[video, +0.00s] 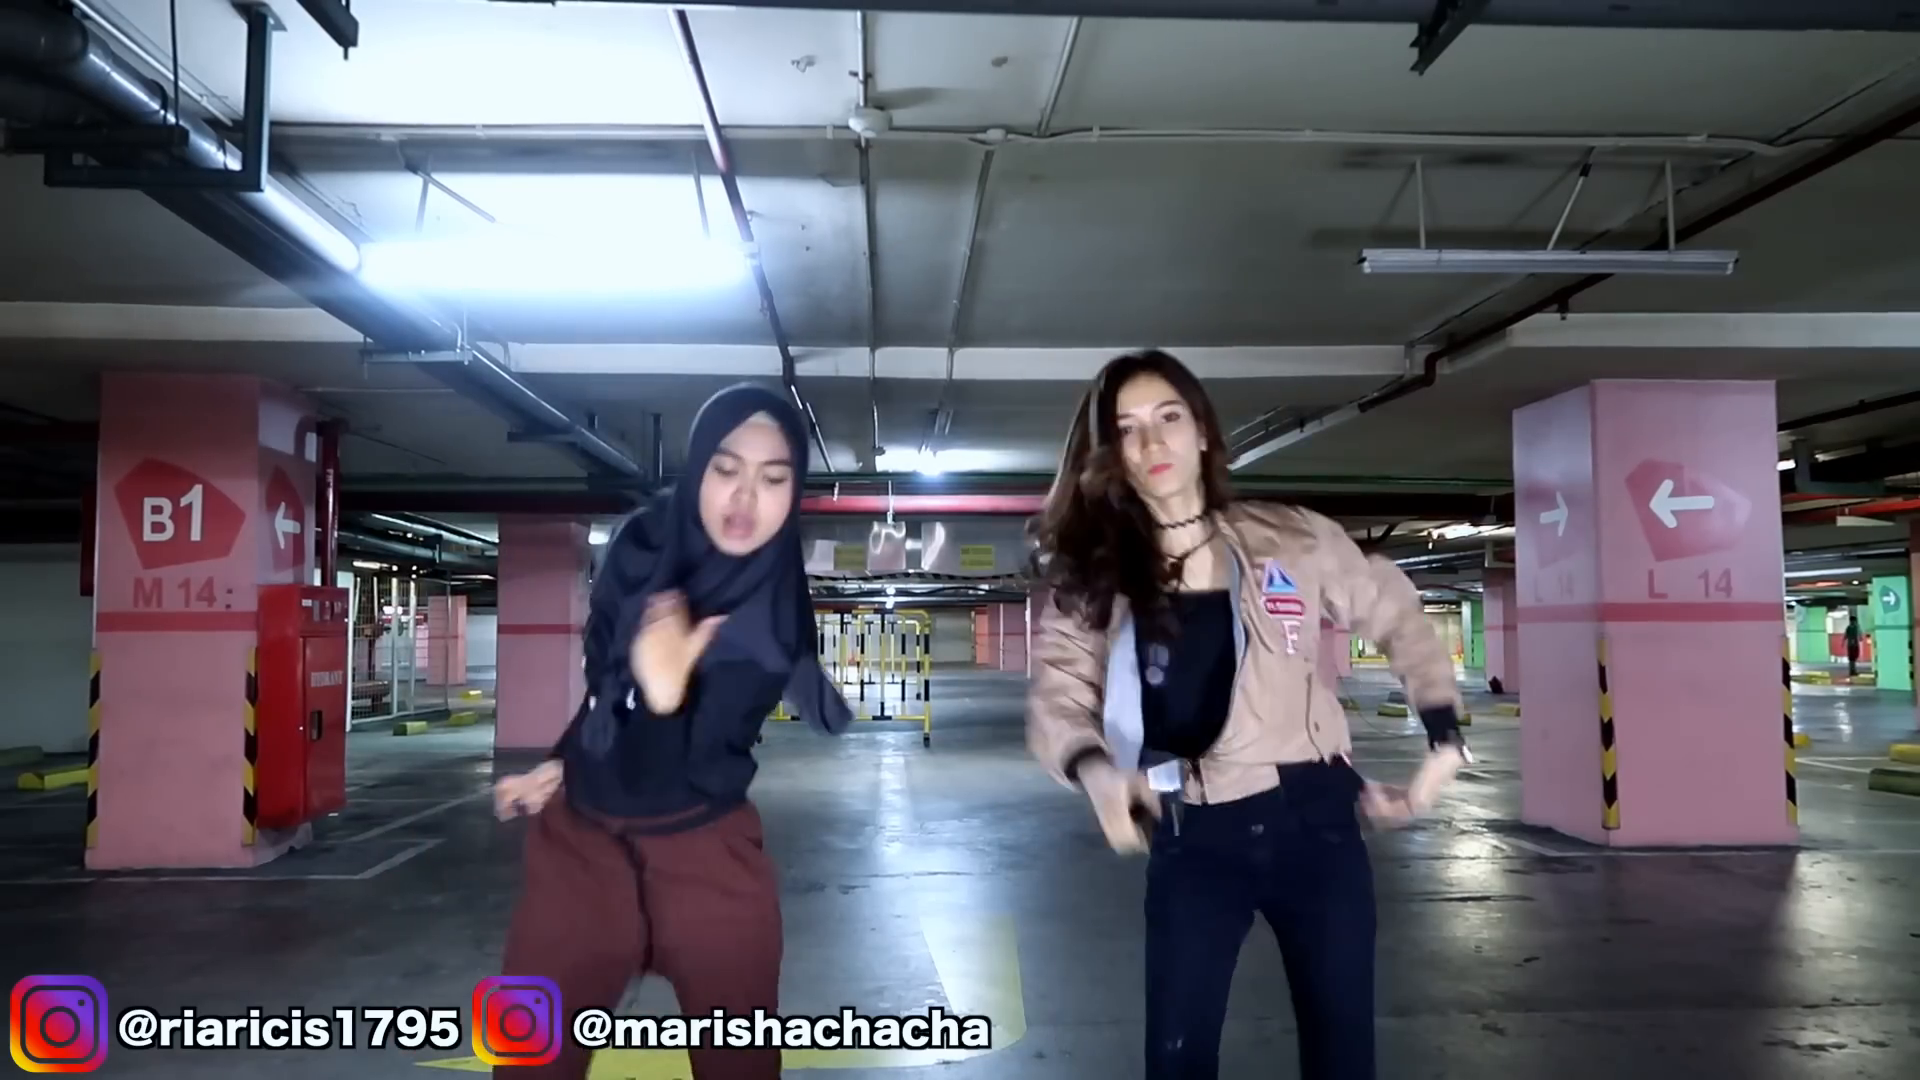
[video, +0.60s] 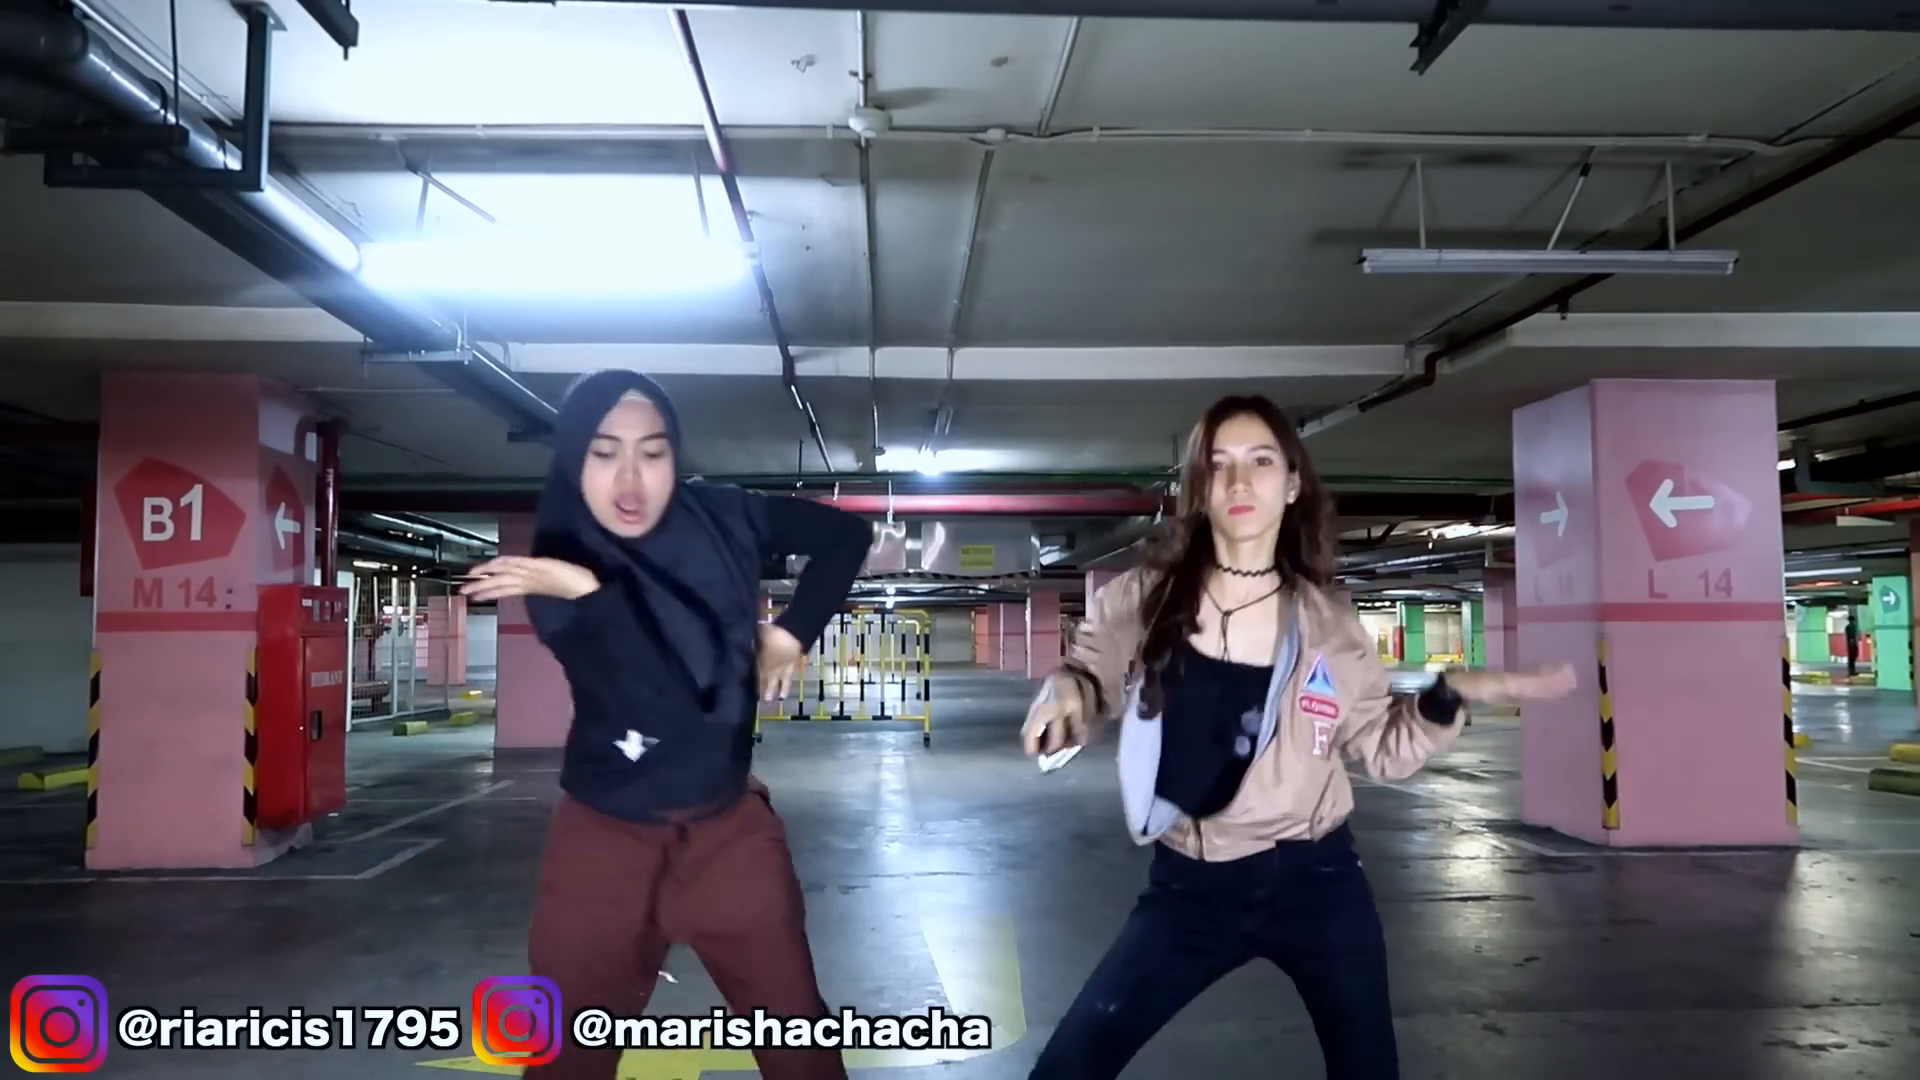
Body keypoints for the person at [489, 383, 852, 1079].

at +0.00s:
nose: (745, 498)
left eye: (772, 477)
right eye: (727, 469)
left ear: (796, 494)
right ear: (694, 473)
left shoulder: (775, 606)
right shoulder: (640, 550)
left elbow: (688, 769)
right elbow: (611, 684)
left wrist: (662, 704)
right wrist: (561, 763)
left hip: (708, 847)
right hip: (582, 840)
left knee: (740, 1064)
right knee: (529, 1060)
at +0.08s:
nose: (729, 509)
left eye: (754, 487)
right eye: (707, 482)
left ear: (775, 502)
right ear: (671, 488)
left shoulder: (760, 618)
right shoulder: (626, 557)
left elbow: (682, 800)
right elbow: (572, 676)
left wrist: (635, 722)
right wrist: (492, 758)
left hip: (690, 877)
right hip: (567, 872)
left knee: (735, 1068)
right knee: (537, 1067)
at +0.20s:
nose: (686, 484)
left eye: (710, 462)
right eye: (664, 456)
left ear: (731, 476)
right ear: (626, 460)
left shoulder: (729, 590)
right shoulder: (564, 518)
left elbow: (757, 756)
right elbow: (475, 522)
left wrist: (615, 744)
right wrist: (436, 618)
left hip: (679, 831)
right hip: (550, 829)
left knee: (739, 1057)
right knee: (512, 1057)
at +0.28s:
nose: (651, 495)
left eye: (675, 471)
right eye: (626, 469)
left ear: (697, 481)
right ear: (588, 473)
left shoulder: (710, 592)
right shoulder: (520, 539)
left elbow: (800, 731)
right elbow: (389, 554)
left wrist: (682, 805)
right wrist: (392, 597)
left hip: (669, 864)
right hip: (534, 864)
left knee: (725, 1066)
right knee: (503, 1063)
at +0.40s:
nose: (614, 526)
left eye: (636, 500)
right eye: (590, 498)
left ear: (659, 509)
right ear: (552, 505)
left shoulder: (691, 606)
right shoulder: (503, 602)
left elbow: (826, 683)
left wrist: (745, 781)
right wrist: (439, 601)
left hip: (671, 895)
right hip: (532, 900)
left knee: (755, 1069)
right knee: (488, 1069)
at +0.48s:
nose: (605, 493)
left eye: (628, 468)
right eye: (582, 466)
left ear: (652, 479)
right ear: (545, 476)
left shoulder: (696, 552)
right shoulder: (516, 575)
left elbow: (823, 612)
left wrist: (754, 710)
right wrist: (509, 614)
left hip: (693, 853)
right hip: (558, 865)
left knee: (775, 1057)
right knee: (530, 1066)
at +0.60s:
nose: (629, 481)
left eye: (651, 454)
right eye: (604, 454)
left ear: (676, 461)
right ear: (571, 465)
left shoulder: (726, 517)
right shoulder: (558, 583)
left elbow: (846, 536)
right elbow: (658, 710)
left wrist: (794, 632)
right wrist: (588, 595)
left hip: (731, 837)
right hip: (600, 842)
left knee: (804, 1057)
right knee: (567, 1063)